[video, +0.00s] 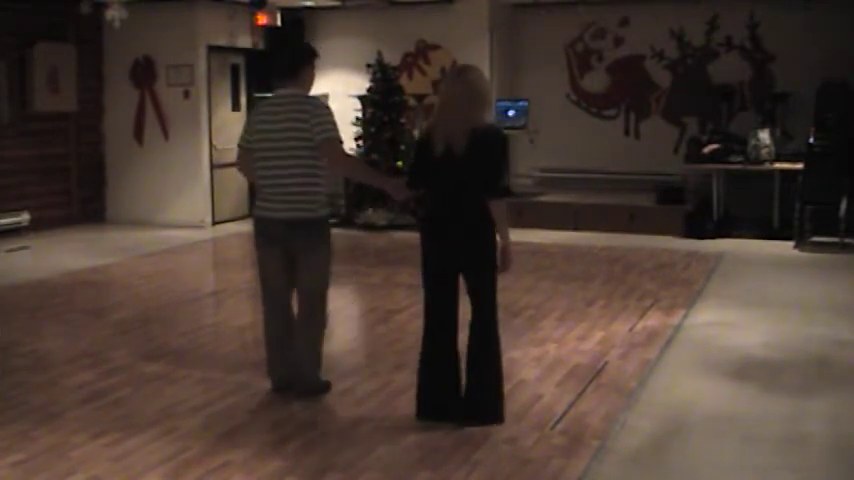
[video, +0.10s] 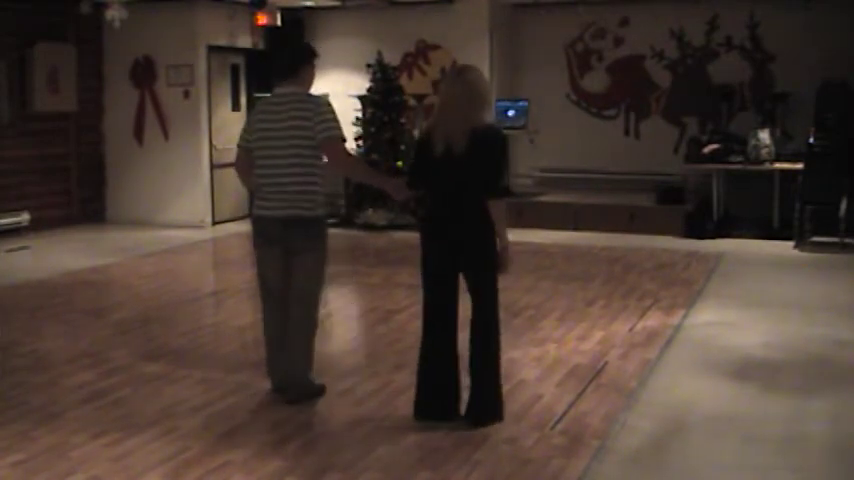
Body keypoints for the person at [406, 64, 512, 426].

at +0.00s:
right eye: (484, 93)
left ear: (444, 96)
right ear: (482, 98)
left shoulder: (430, 137)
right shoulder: (490, 138)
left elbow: (415, 189)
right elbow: (495, 196)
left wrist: (429, 221)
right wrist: (505, 240)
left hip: (436, 240)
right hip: (476, 239)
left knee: (439, 316)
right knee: (484, 317)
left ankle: (435, 400)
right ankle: (483, 402)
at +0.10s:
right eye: (483, 93)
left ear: (445, 96)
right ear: (482, 98)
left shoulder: (430, 137)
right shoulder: (490, 138)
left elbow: (416, 189)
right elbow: (494, 197)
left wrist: (428, 222)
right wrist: (503, 240)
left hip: (436, 240)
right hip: (476, 239)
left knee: (438, 317)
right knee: (485, 317)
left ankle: (435, 403)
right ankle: (484, 405)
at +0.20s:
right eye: (482, 93)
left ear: (444, 96)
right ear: (482, 97)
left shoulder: (431, 138)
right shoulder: (491, 138)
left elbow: (418, 191)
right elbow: (499, 196)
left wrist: (430, 224)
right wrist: (508, 242)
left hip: (438, 242)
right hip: (479, 242)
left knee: (440, 321)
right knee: (482, 324)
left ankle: (436, 403)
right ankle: (481, 408)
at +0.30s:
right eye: (483, 92)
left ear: (443, 97)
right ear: (483, 97)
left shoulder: (432, 139)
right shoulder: (494, 138)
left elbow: (416, 194)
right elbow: (503, 196)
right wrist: (516, 238)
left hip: (440, 243)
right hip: (482, 243)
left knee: (442, 318)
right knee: (483, 322)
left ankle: (439, 404)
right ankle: (481, 410)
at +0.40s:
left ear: (444, 98)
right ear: (484, 96)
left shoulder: (432, 140)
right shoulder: (496, 137)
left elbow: (417, 193)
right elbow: (509, 195)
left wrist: (430, 223)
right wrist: (523, 236)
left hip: (441, 242)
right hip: (483, 243)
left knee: (444, 317)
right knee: (483, 320)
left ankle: (442, 402)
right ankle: (482, 409)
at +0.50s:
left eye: (442, 90)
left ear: (443, 98)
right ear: (483, 97)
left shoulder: (431, 140)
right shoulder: (496, 137)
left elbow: (415, 193)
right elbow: (509, 195)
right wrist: (526, 235)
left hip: (441, 243)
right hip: (483, 243)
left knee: (444, 317)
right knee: (482, 320)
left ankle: (445, 399)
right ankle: (482, 409)